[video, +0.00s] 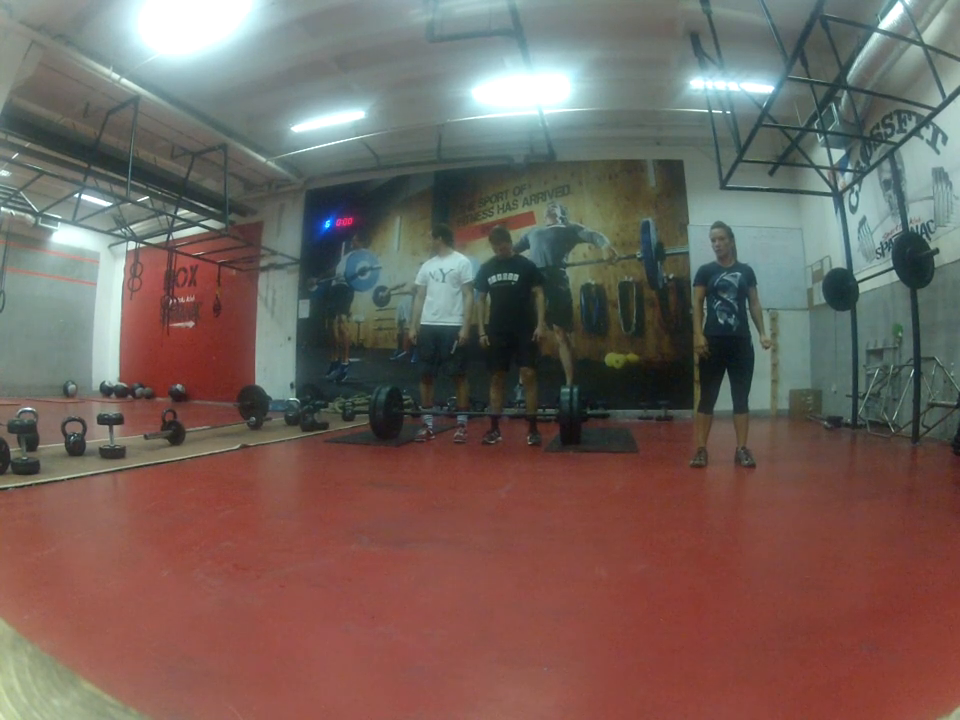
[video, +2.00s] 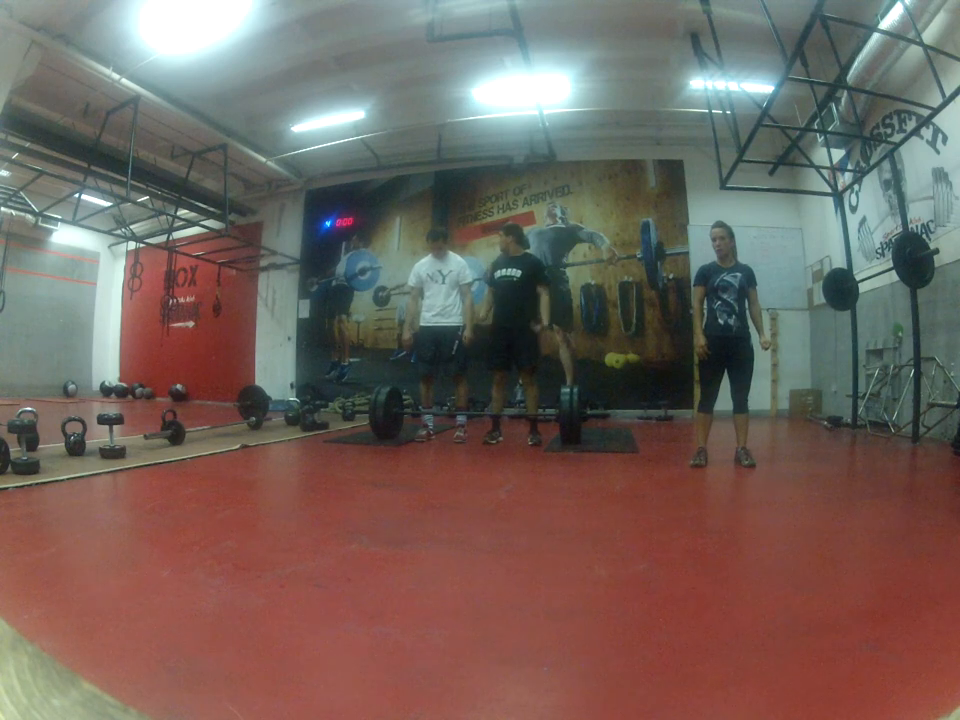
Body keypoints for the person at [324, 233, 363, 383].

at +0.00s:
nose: (354, 243)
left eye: (356, 241)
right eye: (353, 241)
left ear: (362, 243)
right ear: (353, 242)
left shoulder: (362, 256)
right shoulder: (348, 256)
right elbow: (336, 272)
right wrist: (318, 279)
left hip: (346, 289)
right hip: (335, 288)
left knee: (342, 325)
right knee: (333, 326)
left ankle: (345, 363)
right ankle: (335, 361)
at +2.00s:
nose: (352, 243)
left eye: (355, 240)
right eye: (352, 240)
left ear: (360, 242)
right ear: (352, 242)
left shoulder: (359, 256)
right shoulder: (347, 256)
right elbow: (336, 273)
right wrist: (319, 280)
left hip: (346, 288)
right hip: (335, 288)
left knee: (342, 324)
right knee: (334, 325)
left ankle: (345, 362)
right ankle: (335, 361)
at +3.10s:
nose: (352, 243)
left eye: (355, 241)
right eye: (353, 240)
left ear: (361, 243)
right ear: (353, 242)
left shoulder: (360, 257)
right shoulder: (348, 256)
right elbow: (337, 273)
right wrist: (319, 279)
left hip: (345, 288)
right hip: (335, 288)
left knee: (342, 324)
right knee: (334, 325)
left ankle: (345, 362)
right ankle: (335, 361)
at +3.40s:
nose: (353, 243)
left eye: (355, 241)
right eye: (353, 240)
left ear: (360, 242)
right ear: (354, 242)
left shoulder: (360, 256)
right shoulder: (348, 256)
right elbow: (336, 272)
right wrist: (319, 279)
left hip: (345, 287)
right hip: (335, 287)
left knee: (342, 323)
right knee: (334, 324)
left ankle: (345, 362)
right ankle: (335, 361)